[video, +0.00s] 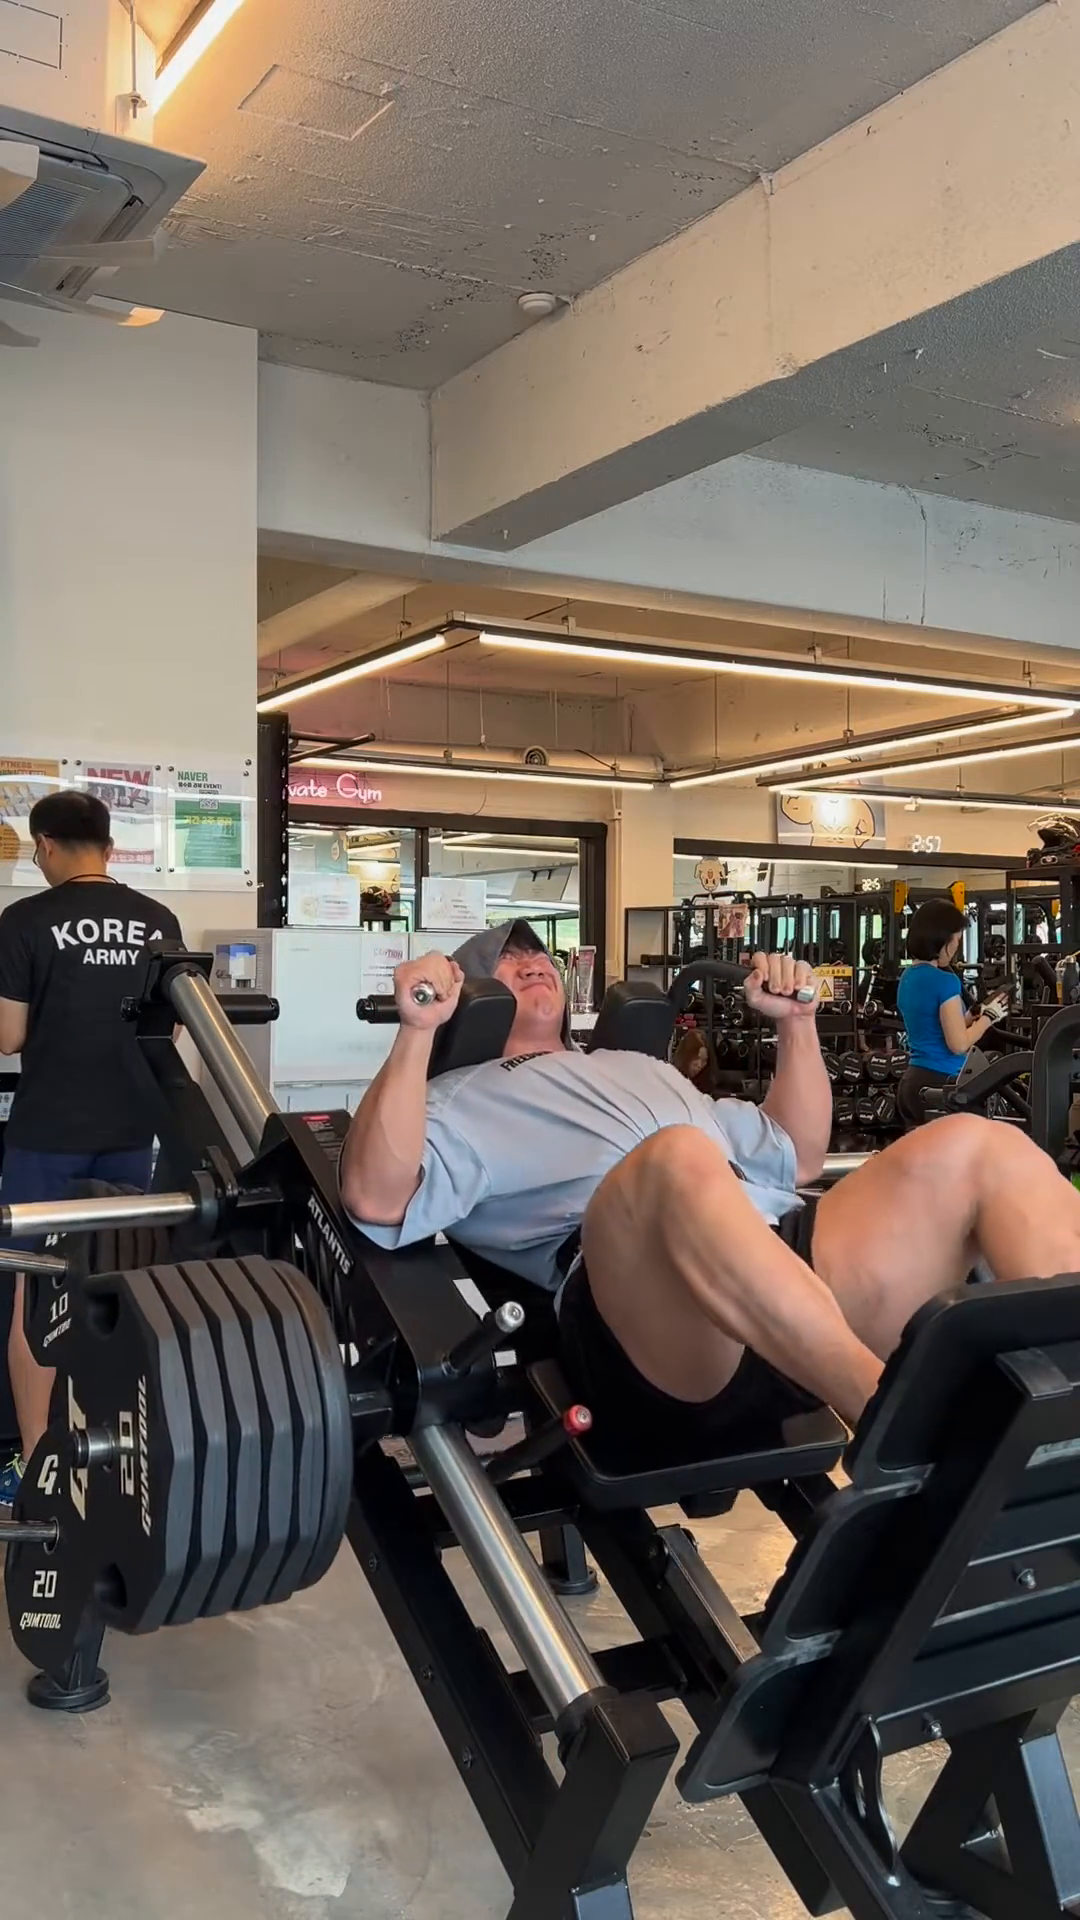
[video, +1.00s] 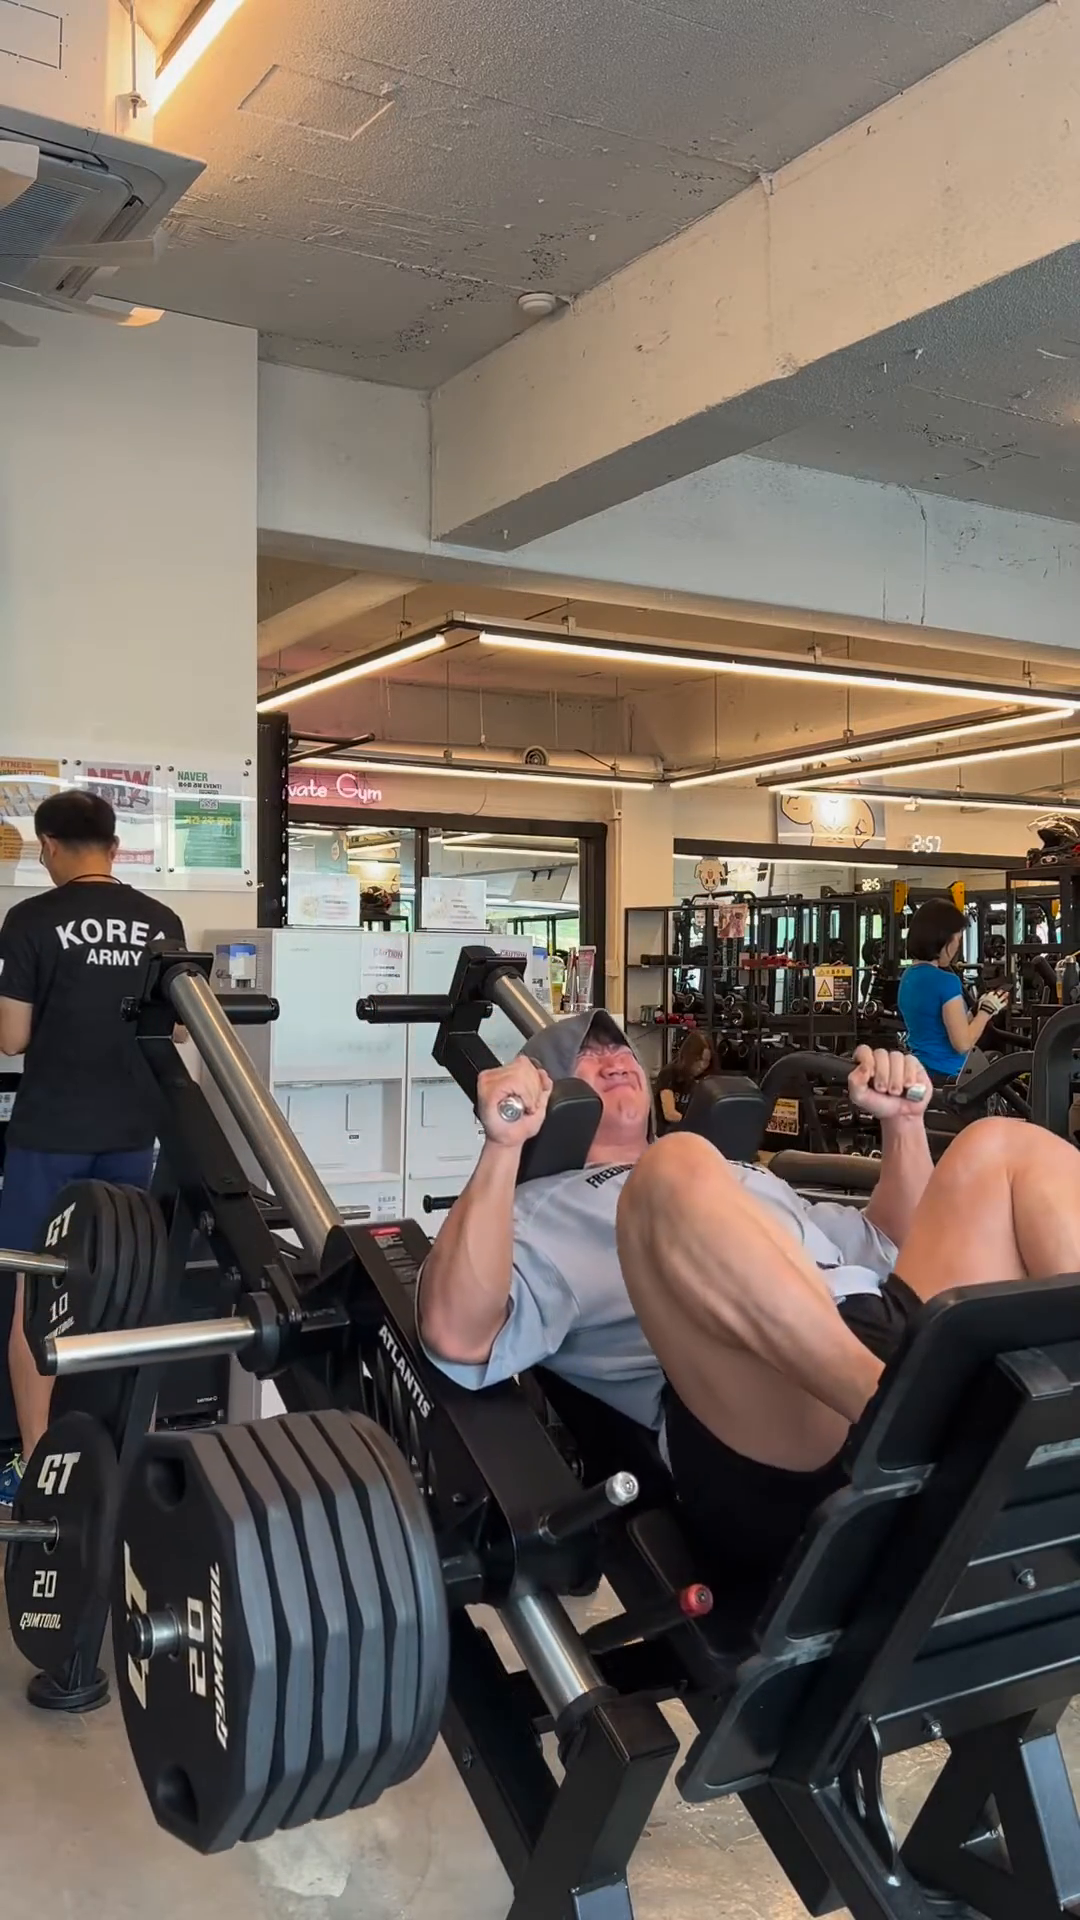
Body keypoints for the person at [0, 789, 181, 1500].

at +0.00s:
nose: (38, 860)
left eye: (36, 850)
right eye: (40, 851)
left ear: (45, 848)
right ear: (109, 847)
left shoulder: (27, 919)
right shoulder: (159, 919)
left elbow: (9, 1036)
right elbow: (178, 1030)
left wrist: (62, 1030)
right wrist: (118, 1031)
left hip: (50, 1130)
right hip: (137, 1130)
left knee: (31, 1296)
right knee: (123, 1290)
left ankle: (41, 1463)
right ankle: (127, 1453)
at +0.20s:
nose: (38, 861)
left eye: (36, 851)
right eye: (40, 852)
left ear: (45, 849)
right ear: (109, 847)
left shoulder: (27, 920)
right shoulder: (160, 918)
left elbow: (10, 1035)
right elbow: (177, 1027)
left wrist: (58, 1028)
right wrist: (114, 1028)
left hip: (50, 1130)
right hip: (137, 1129)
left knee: (30, 1296)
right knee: (122, 1287)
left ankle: (41, 1463)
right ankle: (125, 1450)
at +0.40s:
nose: (40, 861)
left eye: (38, 852)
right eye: (42, 852)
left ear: (45, 849)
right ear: (110, 848)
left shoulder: (27, 920)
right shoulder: (160, 919)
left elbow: (10, 1034)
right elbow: (178, 1028)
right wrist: (117, 1030)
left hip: (50, 1131)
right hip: (136, 1131)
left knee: (30, 1298)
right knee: (124, 1295)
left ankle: (40, 1462)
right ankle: (125, 1454)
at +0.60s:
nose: (41, 861)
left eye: (39, 852)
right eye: (43, 852)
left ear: (46, 849)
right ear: (112, 847)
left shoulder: (29, 920)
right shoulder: (161, 920)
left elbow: (11, 1035)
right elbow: (179, 1029)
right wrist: (117, 1032)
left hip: (50, 1130)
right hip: (136, 1130)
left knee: (31, 1294)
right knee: (121, 1288)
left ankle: (38, 1459)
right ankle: (121, 1450)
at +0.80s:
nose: (44, 861)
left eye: (41, 852)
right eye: (47, 852)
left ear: (47, 849)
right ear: (113, 847)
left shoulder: (31, 920)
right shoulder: (162, 920)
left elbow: (11, 1034)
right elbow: (179, 1030)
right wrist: (118, 1034)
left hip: (50, 1130)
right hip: (137, 1131)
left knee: (30, 1294)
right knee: (119, 1283)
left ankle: (38, 1458)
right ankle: (120, 1442)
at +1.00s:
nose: (45, 861)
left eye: (43, 851)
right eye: (48, 851)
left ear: (49, 849)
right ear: (114, 847)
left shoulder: (33, 919)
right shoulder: (162, 920)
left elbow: (12, 1037)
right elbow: (182, 1030)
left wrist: (61, 1027)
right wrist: (120, 1026)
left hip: (51, 1131)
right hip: (137, 1132)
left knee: (30, 1297)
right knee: (121, 1287)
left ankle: (39, 1461)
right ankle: (121, 1449)